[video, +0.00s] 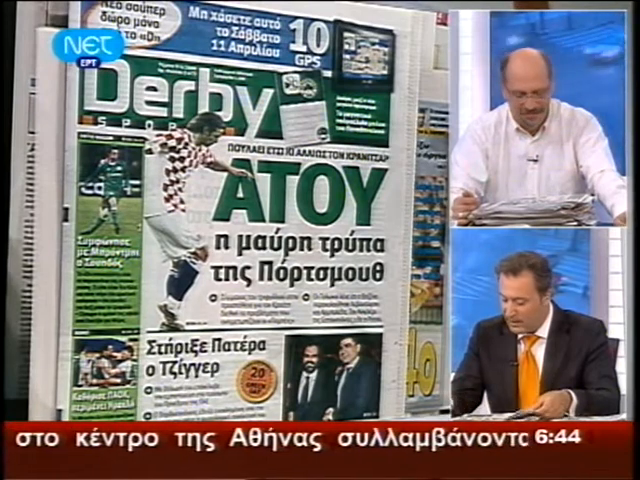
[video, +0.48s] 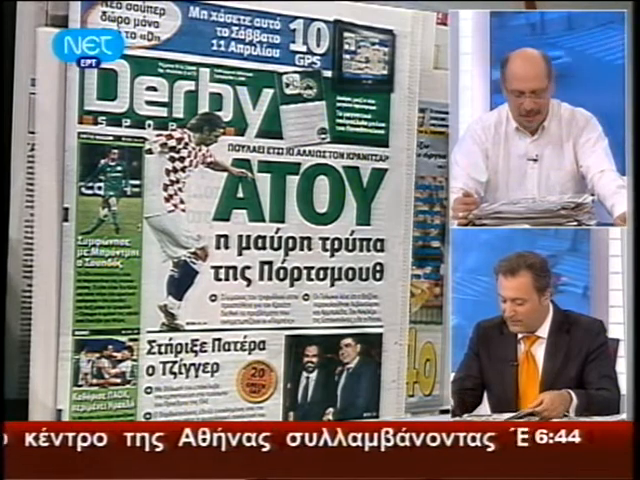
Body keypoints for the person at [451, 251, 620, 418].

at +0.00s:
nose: (509, 312)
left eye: (520, 302)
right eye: (505, 300)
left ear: (546, 297)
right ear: (499, 295)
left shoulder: (588, 333)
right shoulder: (486, 334)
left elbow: (610, 401)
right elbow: (461, 401)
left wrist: (570, 400)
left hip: (569, 451)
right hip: (505, 450)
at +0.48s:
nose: (508, 312)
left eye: (519, 303)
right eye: (503, 301)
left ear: (546, 297)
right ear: (498, 296)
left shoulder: (588, 333)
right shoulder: (486, 334)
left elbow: (610, 402)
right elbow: (462, 402)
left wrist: (569, 400)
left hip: (568, 451)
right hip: (505, 450)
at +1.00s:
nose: (508, 312)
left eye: (518, 303)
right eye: (502, 302)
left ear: (545, 297)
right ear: (498, 297)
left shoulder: (588, 333)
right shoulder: (486, 334)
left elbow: (610, 402)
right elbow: (462, 401)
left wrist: (569, 400)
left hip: (569, 452)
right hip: (505, 450)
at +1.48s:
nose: (508, 312)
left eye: (518, 303)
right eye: (502, 302)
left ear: (545, 297)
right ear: (497, 297)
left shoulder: (588, 332)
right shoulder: (486, 334)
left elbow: (610, 402)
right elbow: (463, 401)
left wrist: (569, 400)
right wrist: (450, 397)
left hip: (569, 452)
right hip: (505, 450)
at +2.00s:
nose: (507, 312)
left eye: (517, 302)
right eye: (502, 301)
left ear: (545, 297)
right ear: (497, 297)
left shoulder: (588, 332)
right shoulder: (486, 334)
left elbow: (610, 402)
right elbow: (463, 401)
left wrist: (569, 400)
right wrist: (451, 397)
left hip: (569, 452)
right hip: (505, 451)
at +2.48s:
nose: (508, 312)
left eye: (518, 302)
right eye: (503, 301)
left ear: (545, 296)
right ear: (498, 296)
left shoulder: (588, 333)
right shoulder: (486, 334)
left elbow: (610, 402)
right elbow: (464, 399)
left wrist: (569, 400)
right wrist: (451, 399)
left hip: (569, 452)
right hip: (504, 450)